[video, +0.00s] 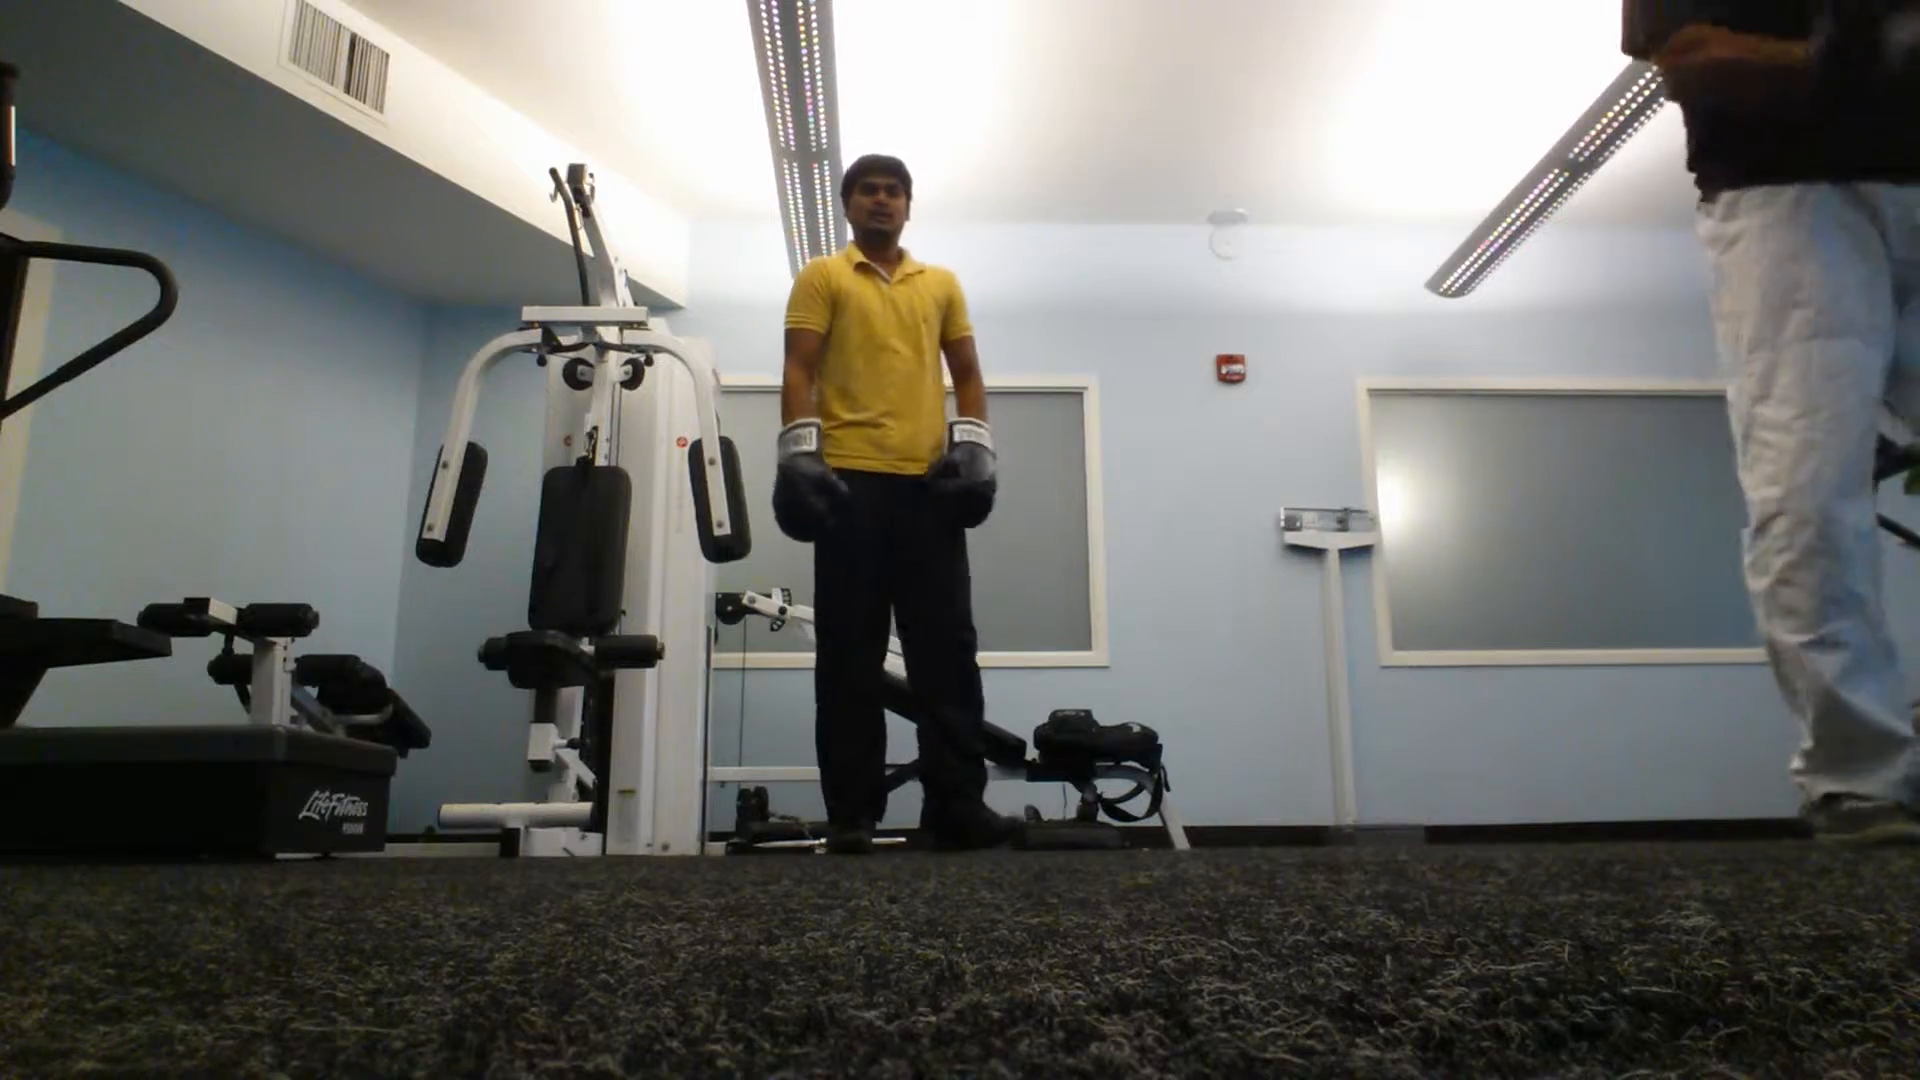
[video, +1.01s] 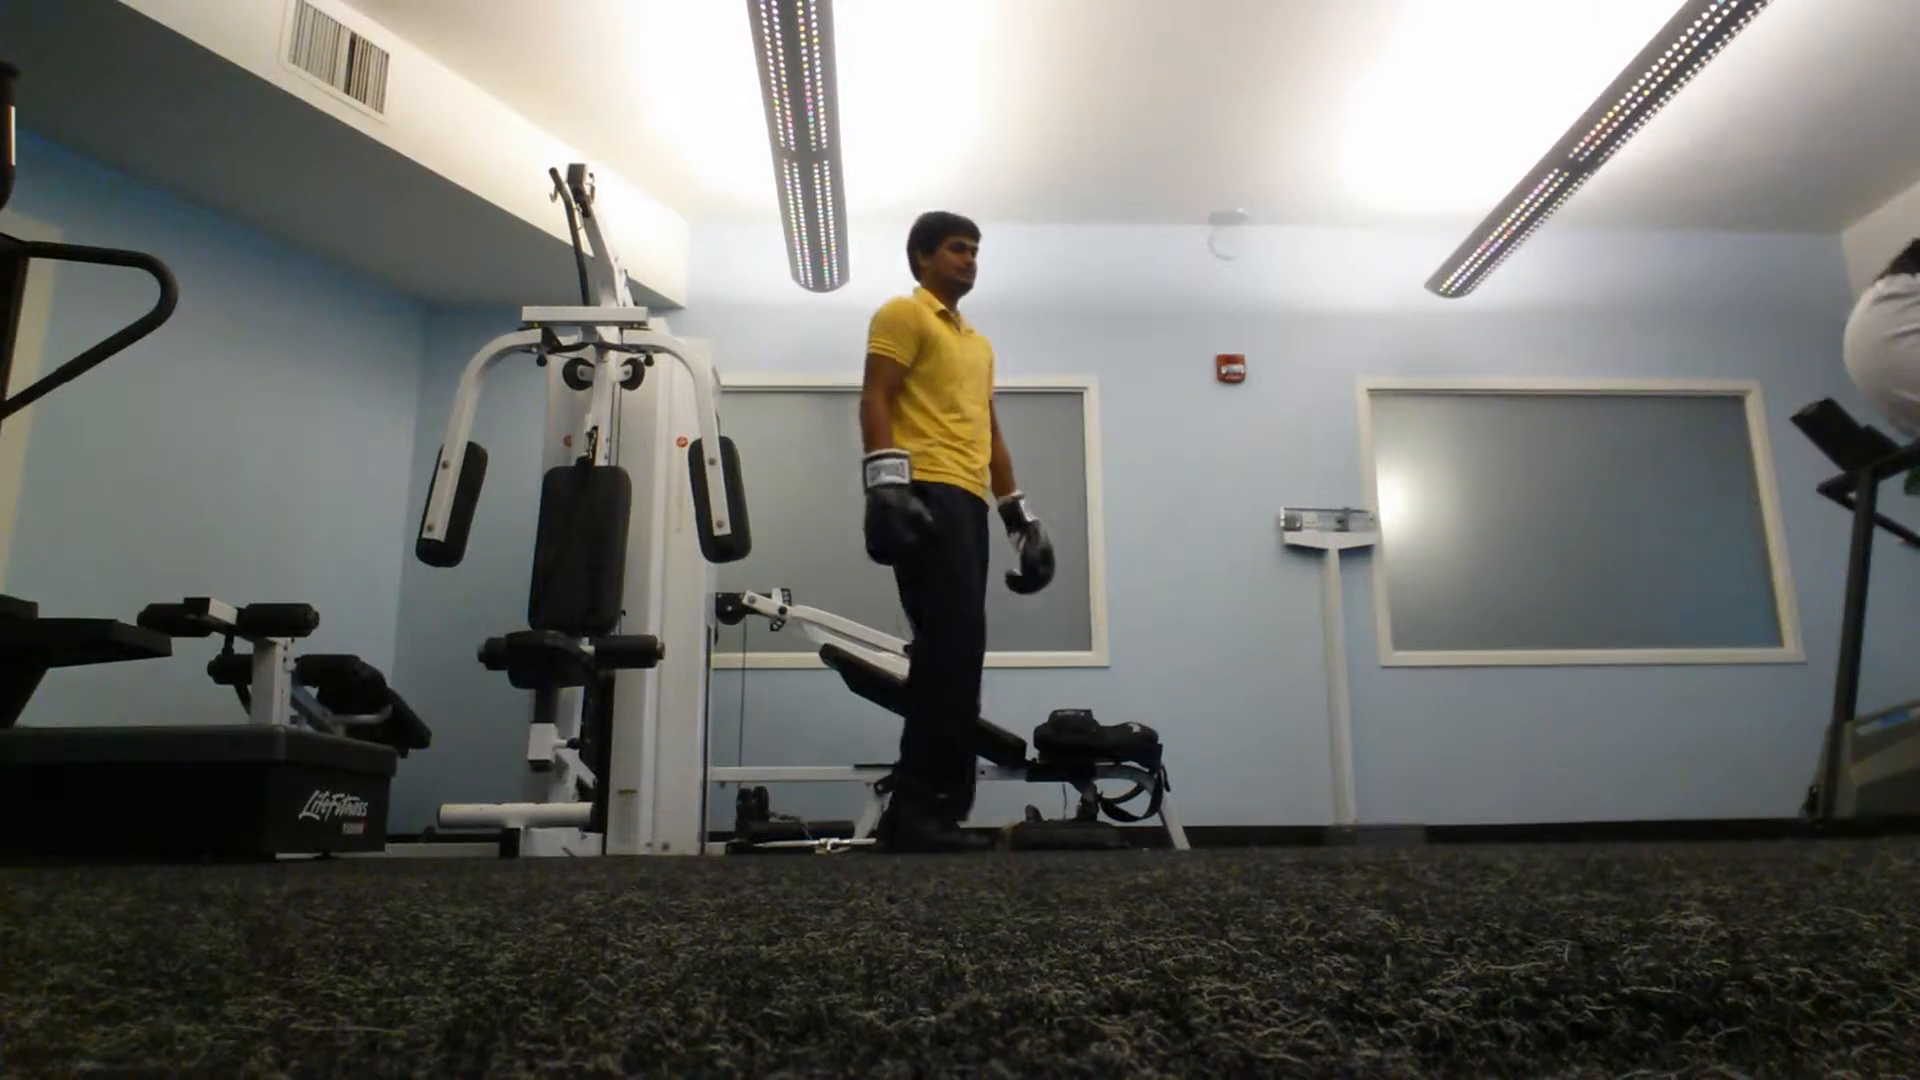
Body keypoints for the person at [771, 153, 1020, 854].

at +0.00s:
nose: (880, 201)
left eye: (892, 192)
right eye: (867, 191)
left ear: (909, 206)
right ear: (846, 205)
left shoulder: (939, 285)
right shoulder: (822, 279)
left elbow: (966, 376)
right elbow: (799, 367)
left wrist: (975, 446)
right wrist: (801, 453)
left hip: (929, 486)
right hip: (848, 484)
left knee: (946, 647)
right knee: (851, 656)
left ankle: (955, 808)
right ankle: (851, 816)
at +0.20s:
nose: (886, 210)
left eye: (897, 201)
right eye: (872, 200)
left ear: (913, 215)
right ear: (851, 214)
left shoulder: (942, 294)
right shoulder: (828, 284)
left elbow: (966, 382)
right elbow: (802, 375)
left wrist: (983, 457)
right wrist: (804, 464)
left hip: (926, 491)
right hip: (852, 487)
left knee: (947, 648)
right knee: (855, 655)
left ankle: (932, 807)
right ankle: (852, 816)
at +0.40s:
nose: (904, 226)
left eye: (913, 216)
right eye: (890, 216)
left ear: (925, 229)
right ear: (866, 231)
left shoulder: (953, 309)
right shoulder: (847, 298)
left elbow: (976, 391)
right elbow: (817, 385)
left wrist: (992, 466)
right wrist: (803, 475)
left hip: (937, 493)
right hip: (871, 488)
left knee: (925, 649)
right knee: (866, 648)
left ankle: (914, 808)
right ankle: (857, 813)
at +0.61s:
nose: (940, 241)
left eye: (944, 232)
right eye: (927, 231)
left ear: (948, 244)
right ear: (893, 245)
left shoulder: (969, 326)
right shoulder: (873, 308)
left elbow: (985, 407)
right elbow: (838, 390)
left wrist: (1005, 478)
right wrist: (826, 474)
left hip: (954, 501)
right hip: (896, 494)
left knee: (937, 650)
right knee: (890, 648)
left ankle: (915, 811)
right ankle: (862, 814)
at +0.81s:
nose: (960, 253)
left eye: (964, 245)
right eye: (948, 243)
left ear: (966, 256)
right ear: (913, 252)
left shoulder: (979, 336)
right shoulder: (891, 315)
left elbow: (992, 423)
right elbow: (861, 399)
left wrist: (1017, 503)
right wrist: (870, 482)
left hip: (963, 501)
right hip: (915, 491)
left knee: (953, 646)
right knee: (929, 639)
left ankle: (921, 806)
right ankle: (891, 805)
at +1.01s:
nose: (971, 260)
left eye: (975, 252)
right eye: (959, 250)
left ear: (975, 264)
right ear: (923, 256)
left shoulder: (978, 344)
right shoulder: (904, 314)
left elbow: (989, 432)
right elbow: (876, 396)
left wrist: (1020, 517)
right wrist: (886, 482)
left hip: (969, 504)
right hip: (926, 496)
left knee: (960, 649)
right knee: (949, 646)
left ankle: (937, 810)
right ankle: (917, 812)